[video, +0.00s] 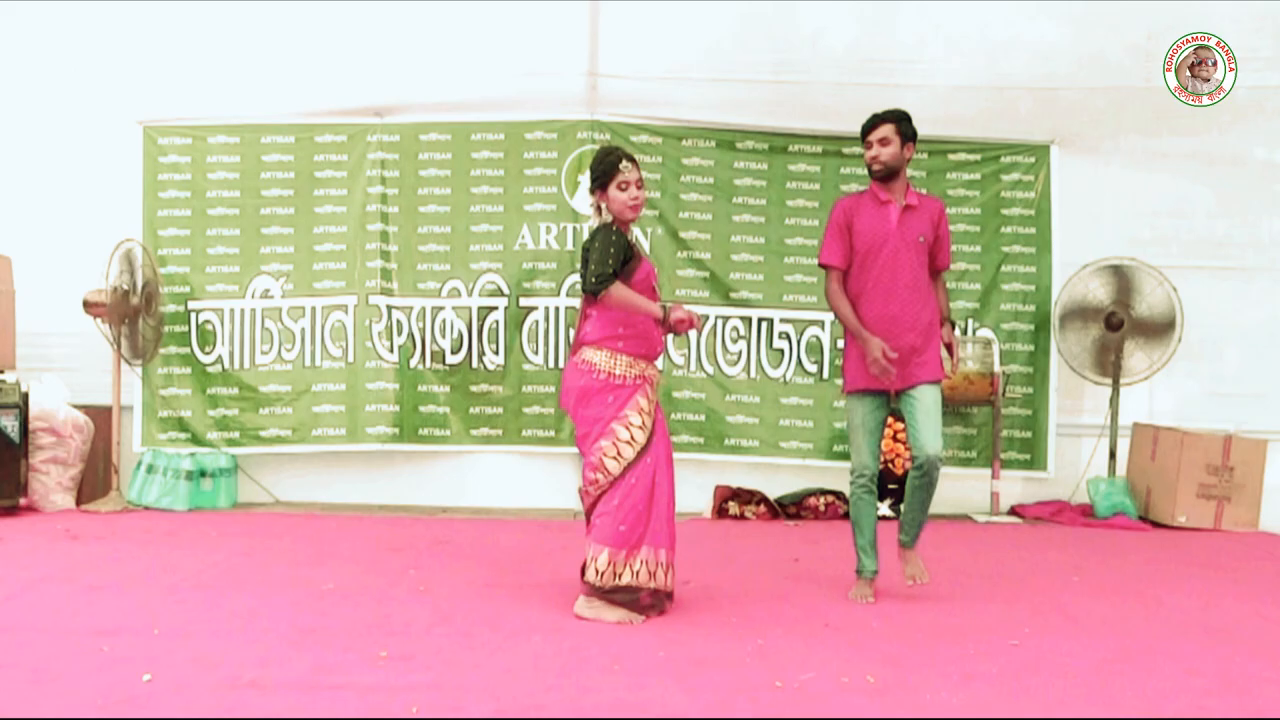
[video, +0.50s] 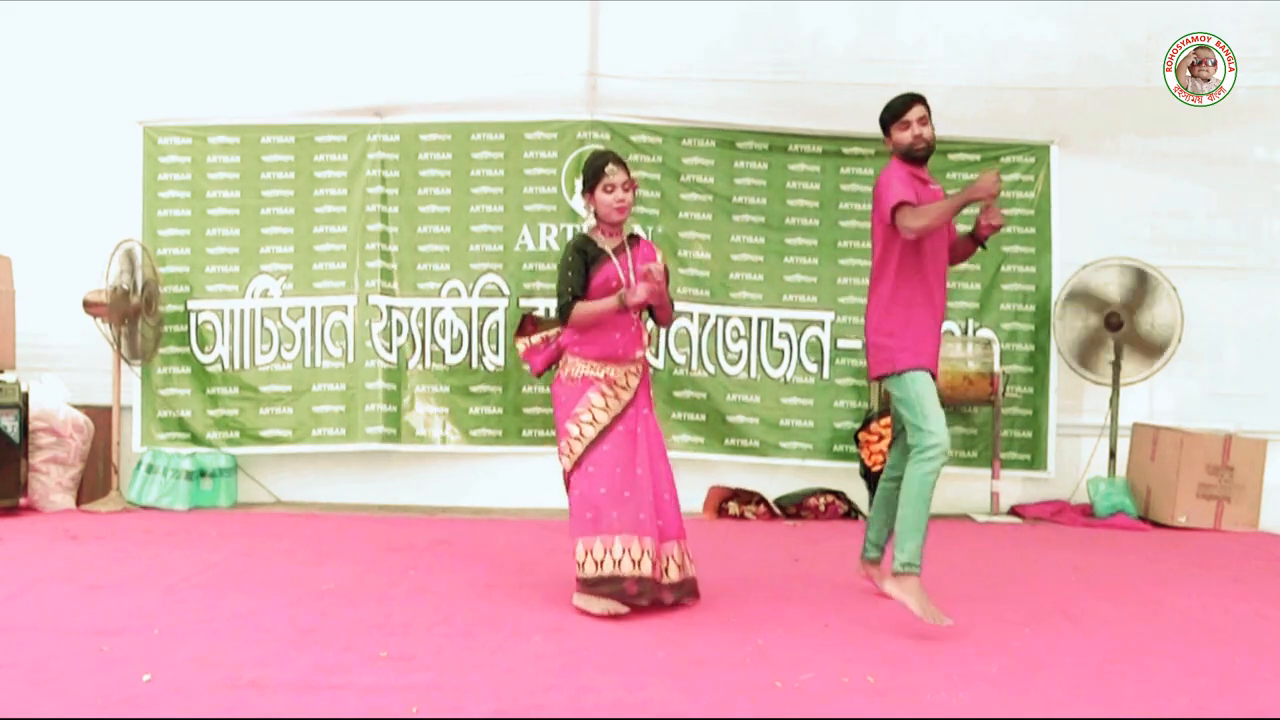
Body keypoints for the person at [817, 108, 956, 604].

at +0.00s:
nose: (875, 150)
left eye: (885, 143)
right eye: (869, 144)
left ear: (909, 151)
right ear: (864, 152)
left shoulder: (931, 209)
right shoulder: (848, 209)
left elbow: (936, 277)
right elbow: (833, 287)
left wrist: (945, 324)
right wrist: (865, 338)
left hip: (920, 357)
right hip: (866, 356)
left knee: (930, 454)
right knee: (864, 470)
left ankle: (908, 543)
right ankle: (865, 572)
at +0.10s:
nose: (878, 147)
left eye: (888, 139)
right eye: (871, 141)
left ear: (910, 147)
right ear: (865, 150)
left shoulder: (933, 204)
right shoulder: (850, 205)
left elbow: (938, 268)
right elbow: (835, 283)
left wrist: (945, 307)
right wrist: (889, 312)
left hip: (922, 357)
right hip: (868, 357)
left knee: (926, 464)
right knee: (867, 470)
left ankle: (898, 550)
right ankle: (866, 572)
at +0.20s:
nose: (888, 152)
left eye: (897, 144)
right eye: (880, 146)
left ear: (915, 153)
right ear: (870, 157)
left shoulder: (933, 213)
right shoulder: (858, 214)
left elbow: (938, 281)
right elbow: (851, 295)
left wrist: (947, 315)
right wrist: (917, 324)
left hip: (926, 362)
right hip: (877, 363)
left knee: (916, 480)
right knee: (880, 475)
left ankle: (885, 572)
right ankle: (866, 569)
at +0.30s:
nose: (899, 160)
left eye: (906, 152)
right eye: (889, 155)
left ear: (921, 159)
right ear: (876, 168)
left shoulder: (933, 226)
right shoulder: (870, 222)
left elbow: (944, 296)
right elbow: (869, 299)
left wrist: (964, 324)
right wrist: (933, 330)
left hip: (926, 365)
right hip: (881, 366)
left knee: (922, 478)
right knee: (911, 462)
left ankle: (885, 571)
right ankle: (866, 544)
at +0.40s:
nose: (912, 147)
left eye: (918, 138)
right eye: (900, 141)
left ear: (929, 145)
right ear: (884, 153)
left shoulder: (933, 208)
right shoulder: (883, 198)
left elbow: (952, 273)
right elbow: (893, 252)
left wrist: (982, 259)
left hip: (923, 352)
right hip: (887, 349)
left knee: (908, 454)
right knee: (936, 437)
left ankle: (883, 558)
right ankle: (882, 553)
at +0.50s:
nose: (919, 130)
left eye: (924, 121)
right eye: (907, 126)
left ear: (934, 129)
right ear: (891, 138)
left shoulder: (929, 186)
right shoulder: (894, 176)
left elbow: (944, 256)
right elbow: (909, 222)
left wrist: (979, 235)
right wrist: (968, 195)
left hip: (917, 338)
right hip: (896, 337)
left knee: (906, 448)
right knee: (932, 445)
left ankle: (872, 556)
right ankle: (906, 573)